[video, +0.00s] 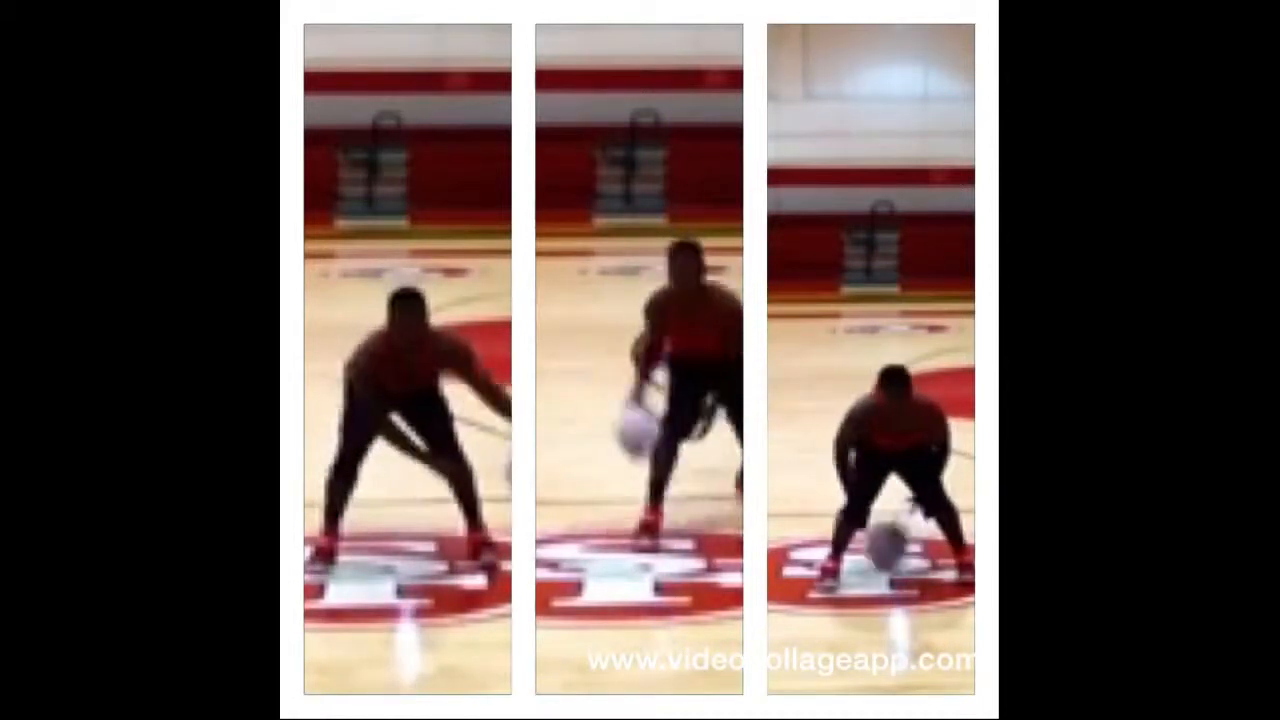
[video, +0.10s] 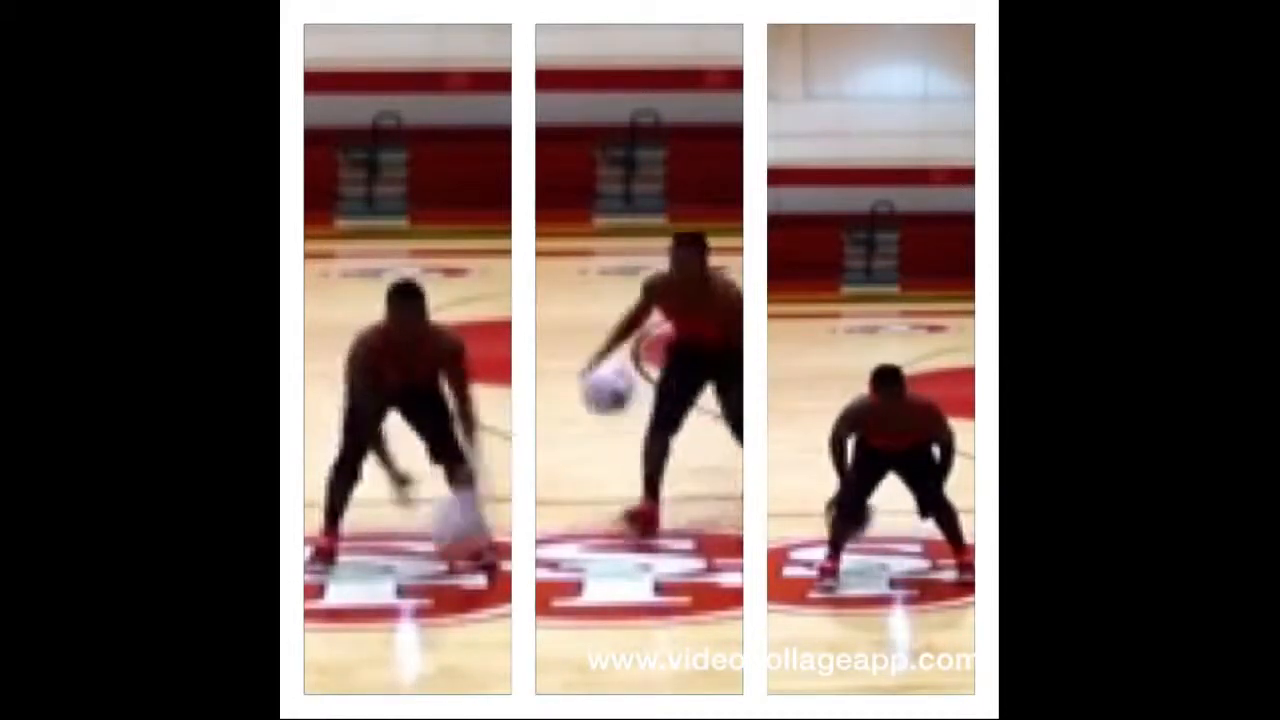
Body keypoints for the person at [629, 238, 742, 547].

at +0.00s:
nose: (681, 276)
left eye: (688, 269)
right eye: (676, 269)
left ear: (700, 269)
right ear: (669, 270)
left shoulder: (725, 305)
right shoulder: (662, 305)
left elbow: (741, 357)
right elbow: (652, 347)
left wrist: (722, 401)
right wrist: (640, 385)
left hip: (728, 371)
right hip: (687, 371)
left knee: (751, 436)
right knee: (669, 434)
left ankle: (746, 481)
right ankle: (653, 508)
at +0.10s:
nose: (682, 267)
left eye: (689, 260)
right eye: (677, 260)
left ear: (704, 260)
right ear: (671, 259)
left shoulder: (726, 295)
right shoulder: (660, 287)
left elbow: (749, 343)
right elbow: (634, 320)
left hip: (729, 359)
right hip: (686, 357)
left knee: (742, 425)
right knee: (659, 429)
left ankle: (764, 495)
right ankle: (650, 506)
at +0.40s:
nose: (701, 273)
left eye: (707, 265)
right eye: (694, 266)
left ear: (717, 267)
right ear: (685, 269)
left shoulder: (735, 306)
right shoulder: (669, 311)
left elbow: (743, 363)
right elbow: (670, 372)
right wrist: (695, 417)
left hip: (720, 378)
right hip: (676, 377)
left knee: (733, 435)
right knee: (632, 433)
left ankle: (753, 496)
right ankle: (646, 488)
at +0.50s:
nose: (710, 261)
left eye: (715, 253)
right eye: (703, 254)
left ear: (723, 253)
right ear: (691, 255)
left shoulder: (735, 285)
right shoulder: (671, 293)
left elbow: (752, 323)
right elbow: (653, 352)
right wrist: (666, 404)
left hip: (717, 354)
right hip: (673, 355)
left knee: (736, 418)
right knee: (646, 412)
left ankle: (754, 483)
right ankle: (643, 479)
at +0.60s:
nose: (706, 260)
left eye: (712, 252)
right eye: (699, 253)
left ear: (721, 252)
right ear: (689, 253)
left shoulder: (734, 283)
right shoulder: (669, 289)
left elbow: (754, 317)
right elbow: (636, 337)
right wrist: (631, 391)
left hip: (717, 351)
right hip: (671, 354)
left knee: (743, 417)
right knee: (649, 419)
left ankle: (744, 484)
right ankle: (642, 486)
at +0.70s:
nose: (696, 271)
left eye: (702, 262)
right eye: (690, 263)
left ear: (712, 261)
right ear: (680, 263)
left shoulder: (732, 297)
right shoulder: (664, 303)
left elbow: (752, 347)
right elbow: (639, 355)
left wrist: (752, 396)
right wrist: (635, 407)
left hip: (721, 363)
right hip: (676, 365)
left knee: (741, 428)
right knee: (662, 434)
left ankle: (733, 474)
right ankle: (650, 506)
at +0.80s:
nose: (694, 279)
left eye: (699, 271)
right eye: (688, 272)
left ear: (709, 271)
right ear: (678, 273)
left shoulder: (728, 308)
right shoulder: (664, 311)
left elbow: (735, 366)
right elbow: (644, 359)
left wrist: (710, 414)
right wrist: (642, 406)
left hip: (718, 377)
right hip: (680, 378)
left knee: (748, 430)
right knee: (676, 436)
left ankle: (731, 476)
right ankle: (652, 505)